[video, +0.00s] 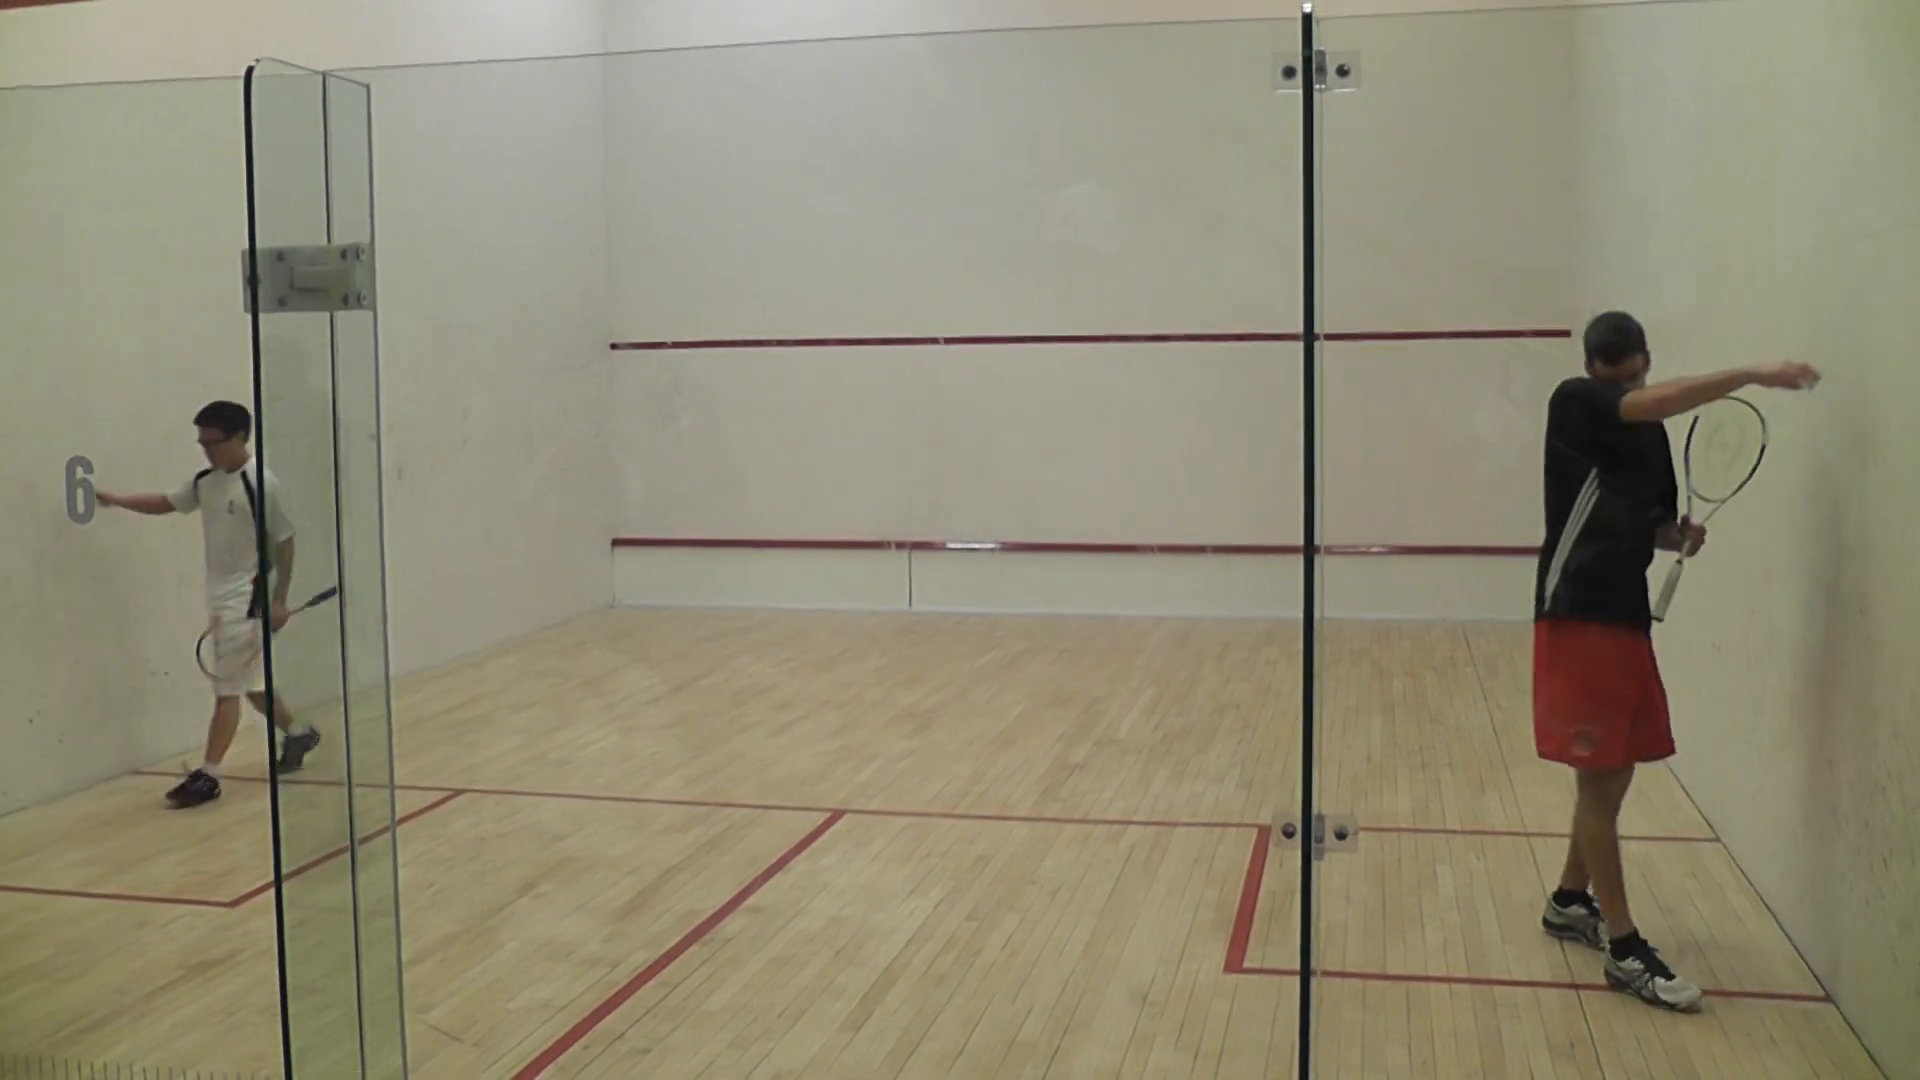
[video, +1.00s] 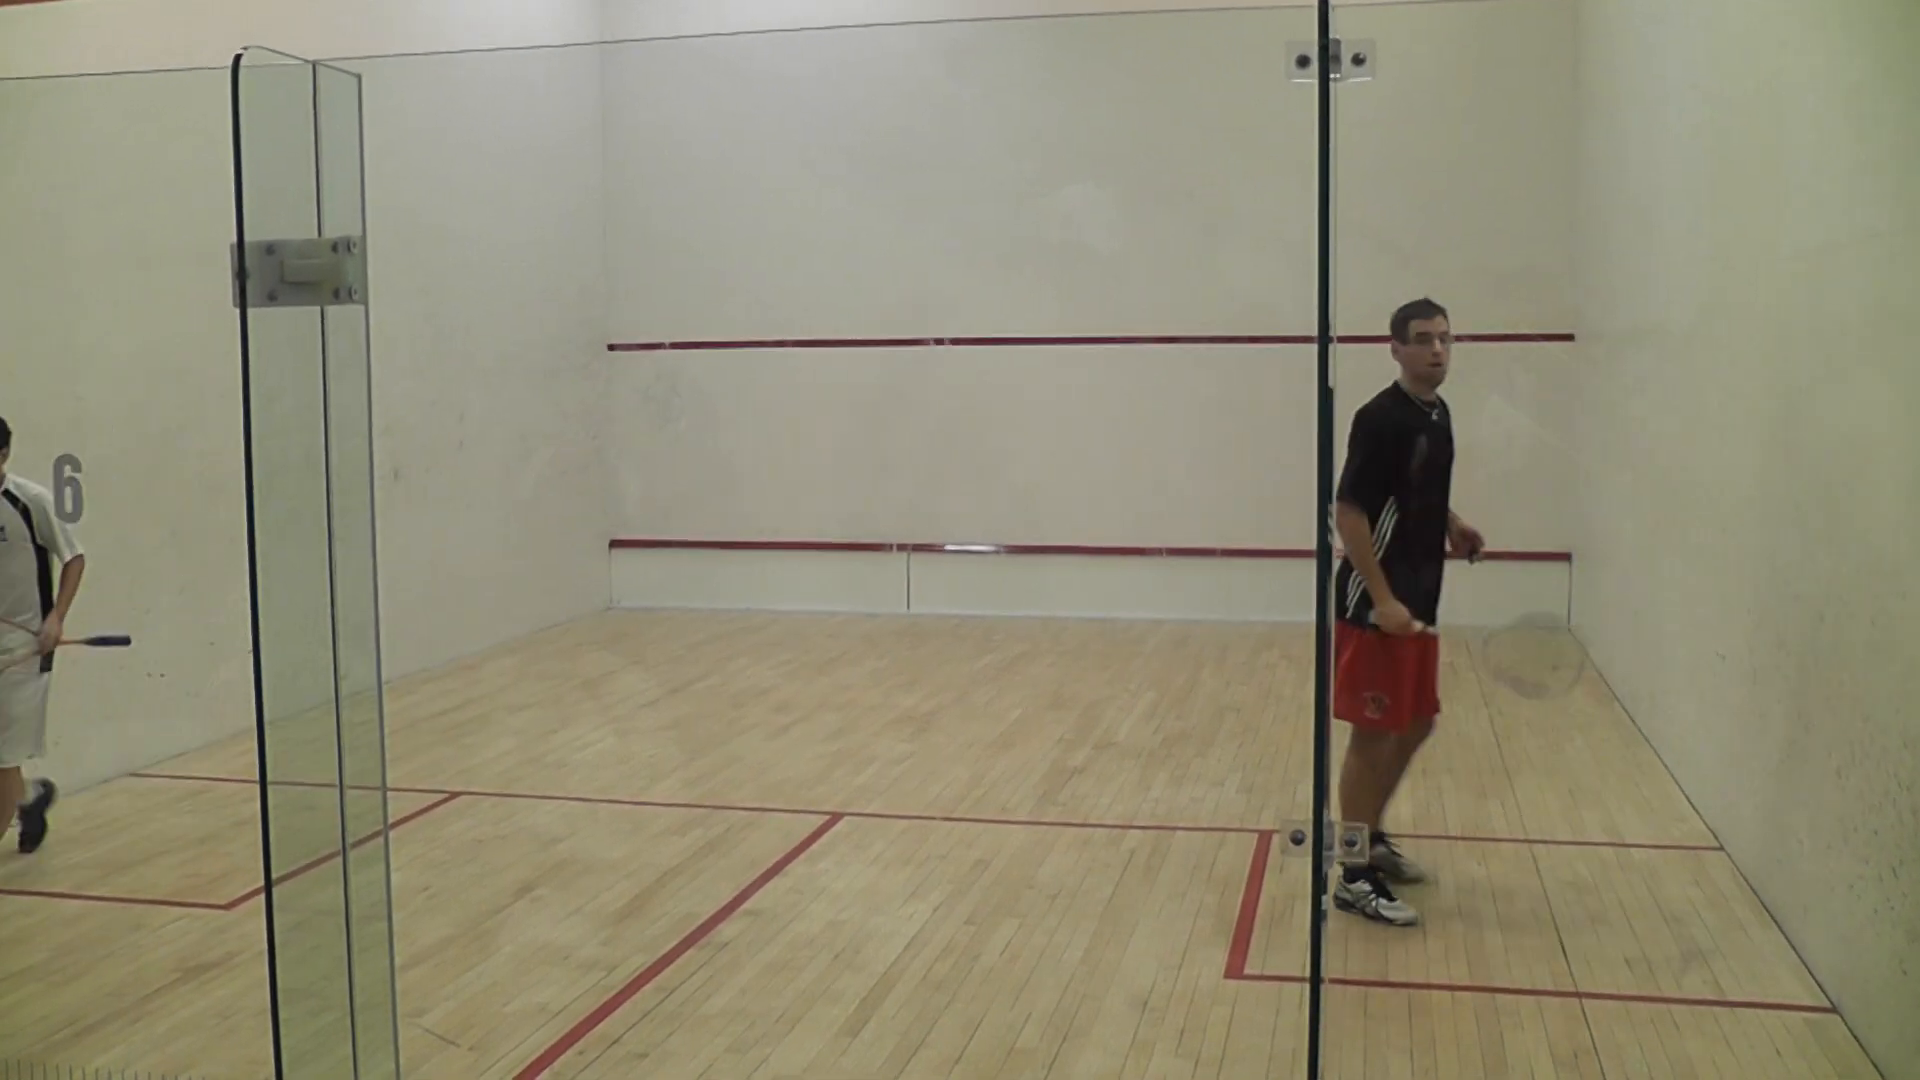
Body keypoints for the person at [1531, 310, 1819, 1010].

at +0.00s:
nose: (1633, 380)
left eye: (1638, 369)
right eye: (1622, 371)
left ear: (1642, 360)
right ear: (1597, 363)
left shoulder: (1650, 428)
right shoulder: (1572, 400)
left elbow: (1645, 521)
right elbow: (1647, 405)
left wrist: (1671, 533)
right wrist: (1752, 375)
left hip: (1623, 616)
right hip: (1579, 614)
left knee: (1618, 765)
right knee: (1601, 774)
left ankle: (1569, 897)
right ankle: (1622, 947)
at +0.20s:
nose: (1599, 386)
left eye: (1608, 373)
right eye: (1586, 376)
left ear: (1620, 357)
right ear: (1561, 361)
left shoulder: (1628, 428)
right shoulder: (1542, 395)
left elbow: (1633, 516)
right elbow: (1583, 423)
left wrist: (1647, 533)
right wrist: (1682, 406)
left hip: (1594, 620)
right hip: (1535, 615)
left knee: (1592, 764)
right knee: (1546, 768)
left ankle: (1571, 908)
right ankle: (1543, 927)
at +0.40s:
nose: (1560, 369)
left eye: (1569, 357)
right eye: (1547, 358)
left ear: (1583, 355)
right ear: (1526, 357)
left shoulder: (1585, 430)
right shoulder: (1501, 410)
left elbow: (1579, 518)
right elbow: (1499, 479)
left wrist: (1610, 535)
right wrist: (1597, 488)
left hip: (1558, 621)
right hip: (1494, 619)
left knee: (1569, 761)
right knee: (1488, 762)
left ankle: (1566, 904)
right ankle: (1414, 869)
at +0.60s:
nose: (1513, 369)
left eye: (1520, 357)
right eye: (1499, 358)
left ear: (1529, 362)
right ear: (1471, 361)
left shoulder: (1522, 434)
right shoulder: (1440, 431)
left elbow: (1517, 518)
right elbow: (1431, 529)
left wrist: (1553, 536)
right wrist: (1521, 556)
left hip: (1502, 626)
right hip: (1440, 626)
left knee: (1526, 758)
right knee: (1418, 754)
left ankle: (1559, 899)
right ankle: (1361, 871)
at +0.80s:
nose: (1466, 359)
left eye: (1472, 347)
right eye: (1451, 349)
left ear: (1481, 353)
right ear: (1425, 357)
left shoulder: (1473, 419)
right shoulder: (1400, 427)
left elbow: (1455, 503)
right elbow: (1379, 528)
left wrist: (1489, 540)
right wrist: (1450, 579)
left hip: (1446, 616)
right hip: (1394, 620)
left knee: (1475, 736)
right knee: (1383, 743)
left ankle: (1481, 876)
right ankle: (1354, 875)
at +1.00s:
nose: (1437, 350)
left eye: (1444, 340)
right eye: (1424, 341)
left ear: (1452, 347)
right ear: (1397, 349)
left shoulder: (1437, 414)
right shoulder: (1379, 419)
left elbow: (1414, 495)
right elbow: (1348, 514)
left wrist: (1449, 526)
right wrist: (1382, 600)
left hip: (1415, 605)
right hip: (1375, 608)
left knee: (1417, 721)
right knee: (1377, 730)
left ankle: (1366, 836)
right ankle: (1351, 875)